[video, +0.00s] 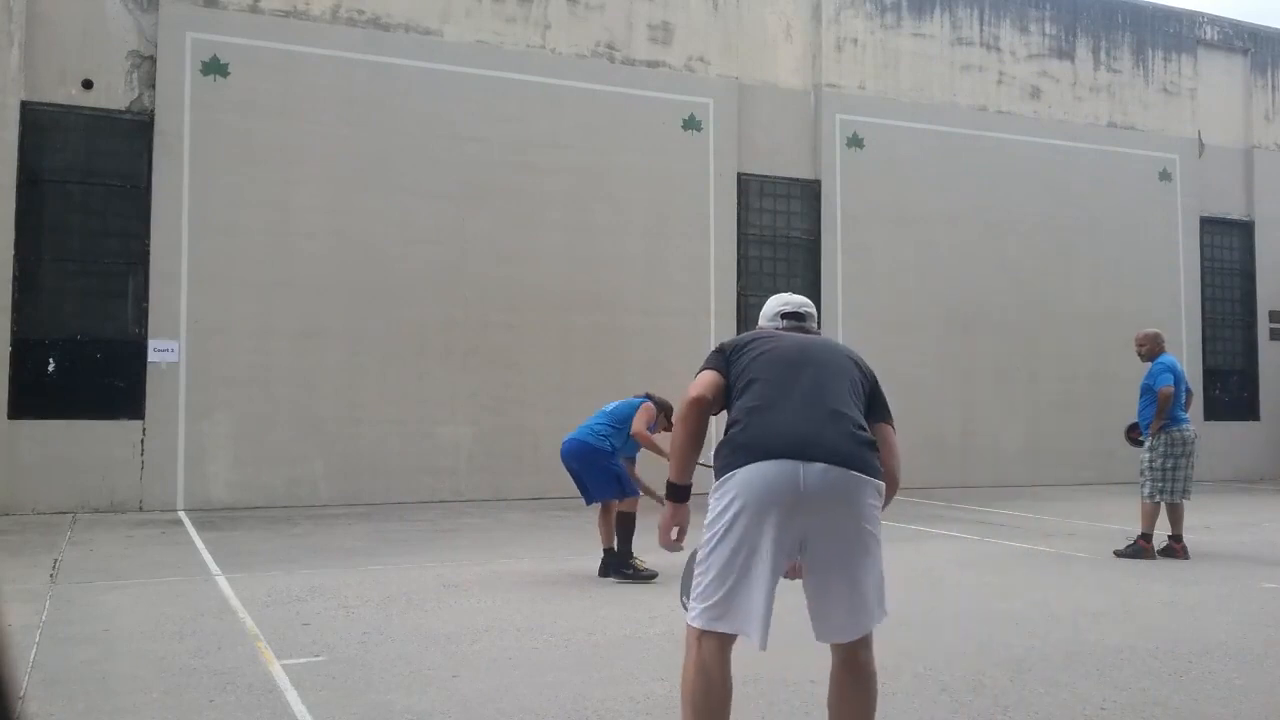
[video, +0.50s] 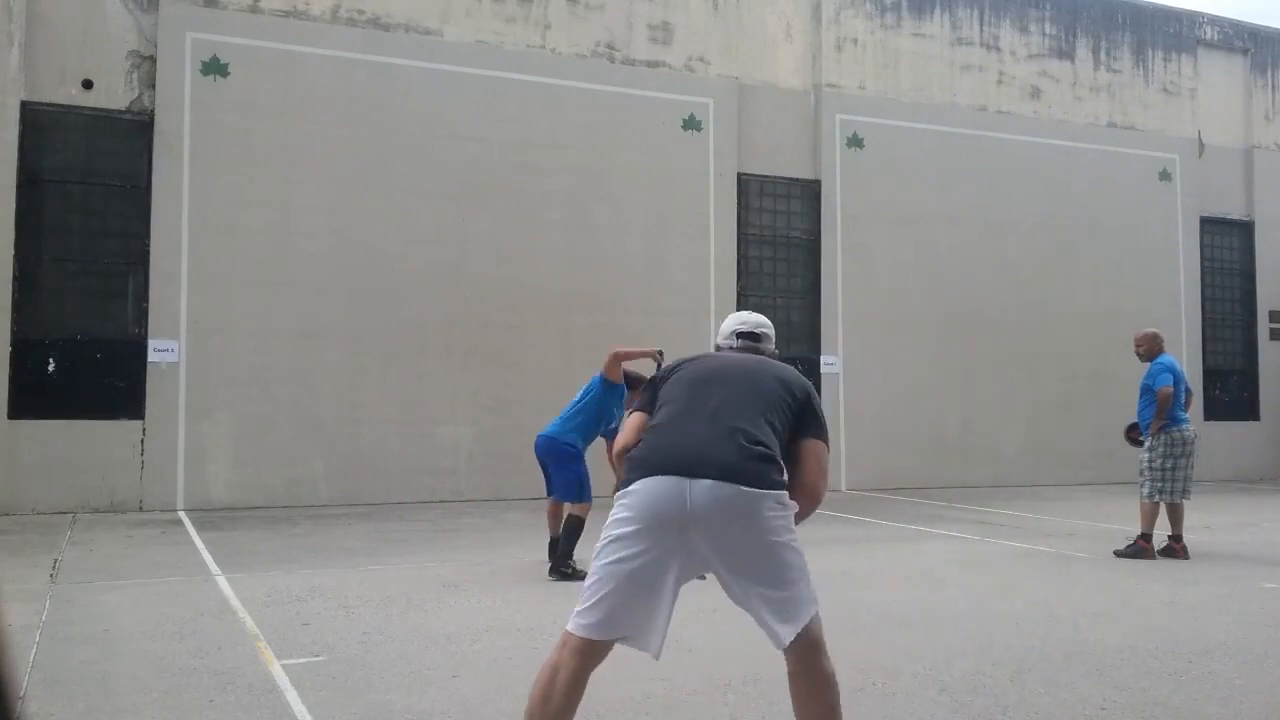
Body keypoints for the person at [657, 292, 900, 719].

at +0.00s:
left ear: (760, 328)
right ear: (817, 330)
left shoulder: (737, 347)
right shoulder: (854, 361)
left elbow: (699, 397)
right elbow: (889, 473)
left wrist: (677, 495)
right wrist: (821, 551)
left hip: (755, 469)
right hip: (849, 476)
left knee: (710, 634)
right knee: (853, 644)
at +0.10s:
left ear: (763, 328)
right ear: (820, 331)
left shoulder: (738, 347)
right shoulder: (856, 364)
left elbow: (698, 399)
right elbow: (886, 477)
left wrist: (689, 498)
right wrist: (827, 546)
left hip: (749, 466)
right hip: (845, 477)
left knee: (685, 621)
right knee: (850, 643)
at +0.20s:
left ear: (762, 329)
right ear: (820, 333)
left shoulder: (732, 348)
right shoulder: (852, 367)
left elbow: (691, 404)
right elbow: (879, 479)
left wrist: (698, 487)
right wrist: (824, 534)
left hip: (734, 469)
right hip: (832, 481)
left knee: (661, 623)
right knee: (844, 643)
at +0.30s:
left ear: (754, 332)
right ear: (813, 338)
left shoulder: (719, 352)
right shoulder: (841, 370)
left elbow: (677, 415)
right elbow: (865, 483)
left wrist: (686, 485)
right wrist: (814, 528)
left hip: (714, 476)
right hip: (812, 485)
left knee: (635, 631)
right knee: (836, 642)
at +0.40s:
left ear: (740, 338)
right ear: (795, 344)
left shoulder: (699, 361)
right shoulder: (821, 377)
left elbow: (653, 432)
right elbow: (841, 488)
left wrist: (665, 487)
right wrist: (795, 526)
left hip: (685, 485)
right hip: (783, 493)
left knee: (606, 646)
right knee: (826, 643)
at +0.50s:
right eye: (768, 348)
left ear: (719, 346)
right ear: (772, 351)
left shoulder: (674, 369)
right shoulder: (794, 382)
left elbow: (621, 447)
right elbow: (809, 489)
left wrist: (640, 502)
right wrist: (758, 534)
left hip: (650, 487)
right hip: (746, 493)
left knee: (578, 649)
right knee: (805, 644)